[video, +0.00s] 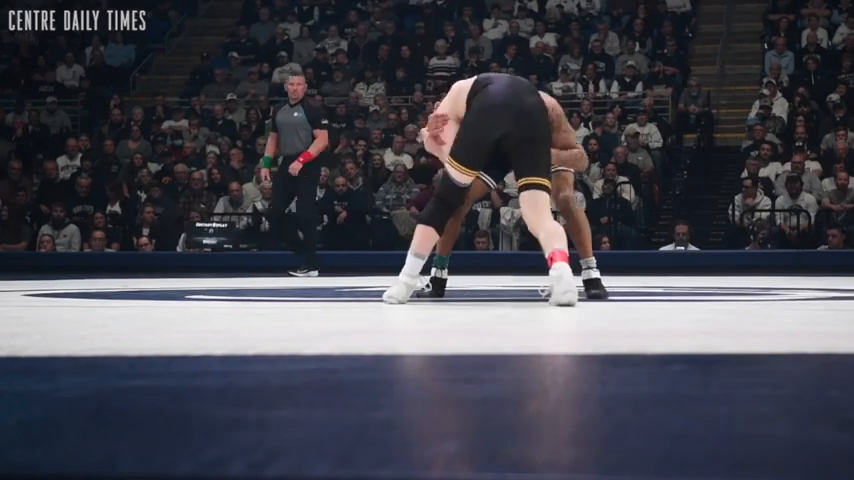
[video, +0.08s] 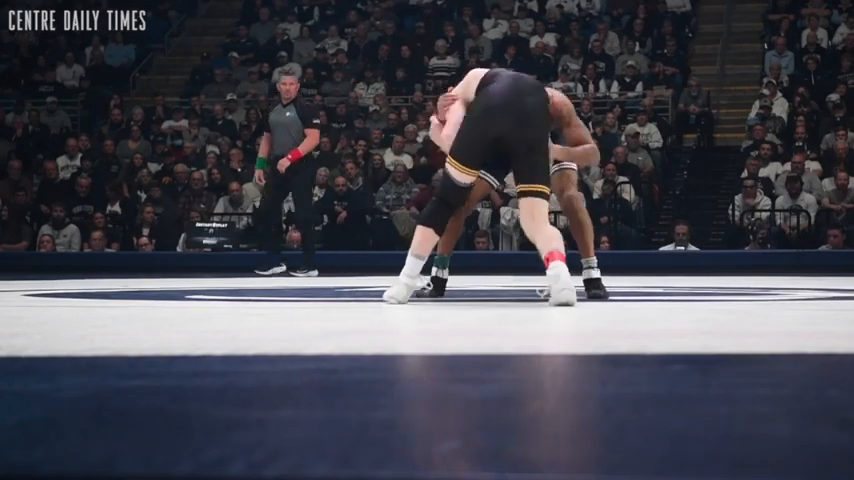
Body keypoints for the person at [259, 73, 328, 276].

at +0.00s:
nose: (295, 88)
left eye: (299, 84)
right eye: (292, 84)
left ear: (305, 86)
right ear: (286, 87)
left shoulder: (313, 108)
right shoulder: (279, 111)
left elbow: (322, 139)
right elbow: (273, 138)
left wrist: (301, 160)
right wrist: (266, 165)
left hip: (308, 165)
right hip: (286, 165)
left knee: (305, 212)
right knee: (276, 213)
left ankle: (311, 264)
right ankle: (302, 254)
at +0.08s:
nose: (287, 88)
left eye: (291, 84)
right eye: (283, 84)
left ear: (298, 86)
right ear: (277, 86)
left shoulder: (306, 109)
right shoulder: (273, 112)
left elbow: (313, 138)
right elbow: (267, 140)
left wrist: (290, 158)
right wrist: (260, 165)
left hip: (301, 166)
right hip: (278, 166)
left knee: (303, 213)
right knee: (268, 210)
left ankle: (308, 263)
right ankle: (275, 260)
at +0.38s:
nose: (253, 88)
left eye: (257, 84)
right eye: (250, 84)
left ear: (264, 87)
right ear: (243, 87)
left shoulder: (270, 108)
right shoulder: (239, 113)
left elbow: (281, 138)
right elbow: (235, 140)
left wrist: (262, 161)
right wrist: (230, 168)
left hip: (268, 166)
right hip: (245, 167)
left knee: (273, 211)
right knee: (241, 213)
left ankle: (301, 256)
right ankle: (241, 265)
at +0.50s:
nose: (240, 86)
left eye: (244, 82)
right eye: (237, 82)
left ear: (251, 85)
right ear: (230, 85)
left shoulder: (258, 106)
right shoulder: (226, 109)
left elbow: (271, 136)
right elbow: (220, 137)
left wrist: (256, 163)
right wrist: (212, 163)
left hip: (252, 163)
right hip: (231, 163)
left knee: (248, 211)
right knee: (234, 215)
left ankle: (281, 247)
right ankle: (240, 265)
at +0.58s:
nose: (232, 85)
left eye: (236, 81)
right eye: (228, 81)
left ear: (243, 83)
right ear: (222, 84)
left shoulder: (250, 105)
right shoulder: (218, 110)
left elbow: (263, 135)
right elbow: (211, 138)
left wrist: (254, 163)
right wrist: (202, 161)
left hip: (244, 161)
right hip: (225, 163)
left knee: (233, 207)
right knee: (230, 210)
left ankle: (259, 249)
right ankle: (240, 263)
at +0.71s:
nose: (219, 85)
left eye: (223, 81)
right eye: (215, 81)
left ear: (230, 83)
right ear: (209, 84)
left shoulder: (239, 106)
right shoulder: (206, 111)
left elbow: (252, 136)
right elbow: (197, 138)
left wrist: (248, 166)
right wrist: (185, 160)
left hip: (232, 163)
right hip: (214, 164)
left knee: (218, 209)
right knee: (226, 212)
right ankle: (239, 263)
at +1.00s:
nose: (191, 85)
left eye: (195, 81)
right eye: (188, 81)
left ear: (202, 82)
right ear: (182, 83)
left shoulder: (210, 106)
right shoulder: (176, 109)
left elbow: (223, 138)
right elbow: (167, 136)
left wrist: (220, 169)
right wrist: (160, 160)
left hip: (202, 164)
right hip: (183, 165)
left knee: (194, 212)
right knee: (191, 214)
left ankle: (190, 265)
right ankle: (227, 253)